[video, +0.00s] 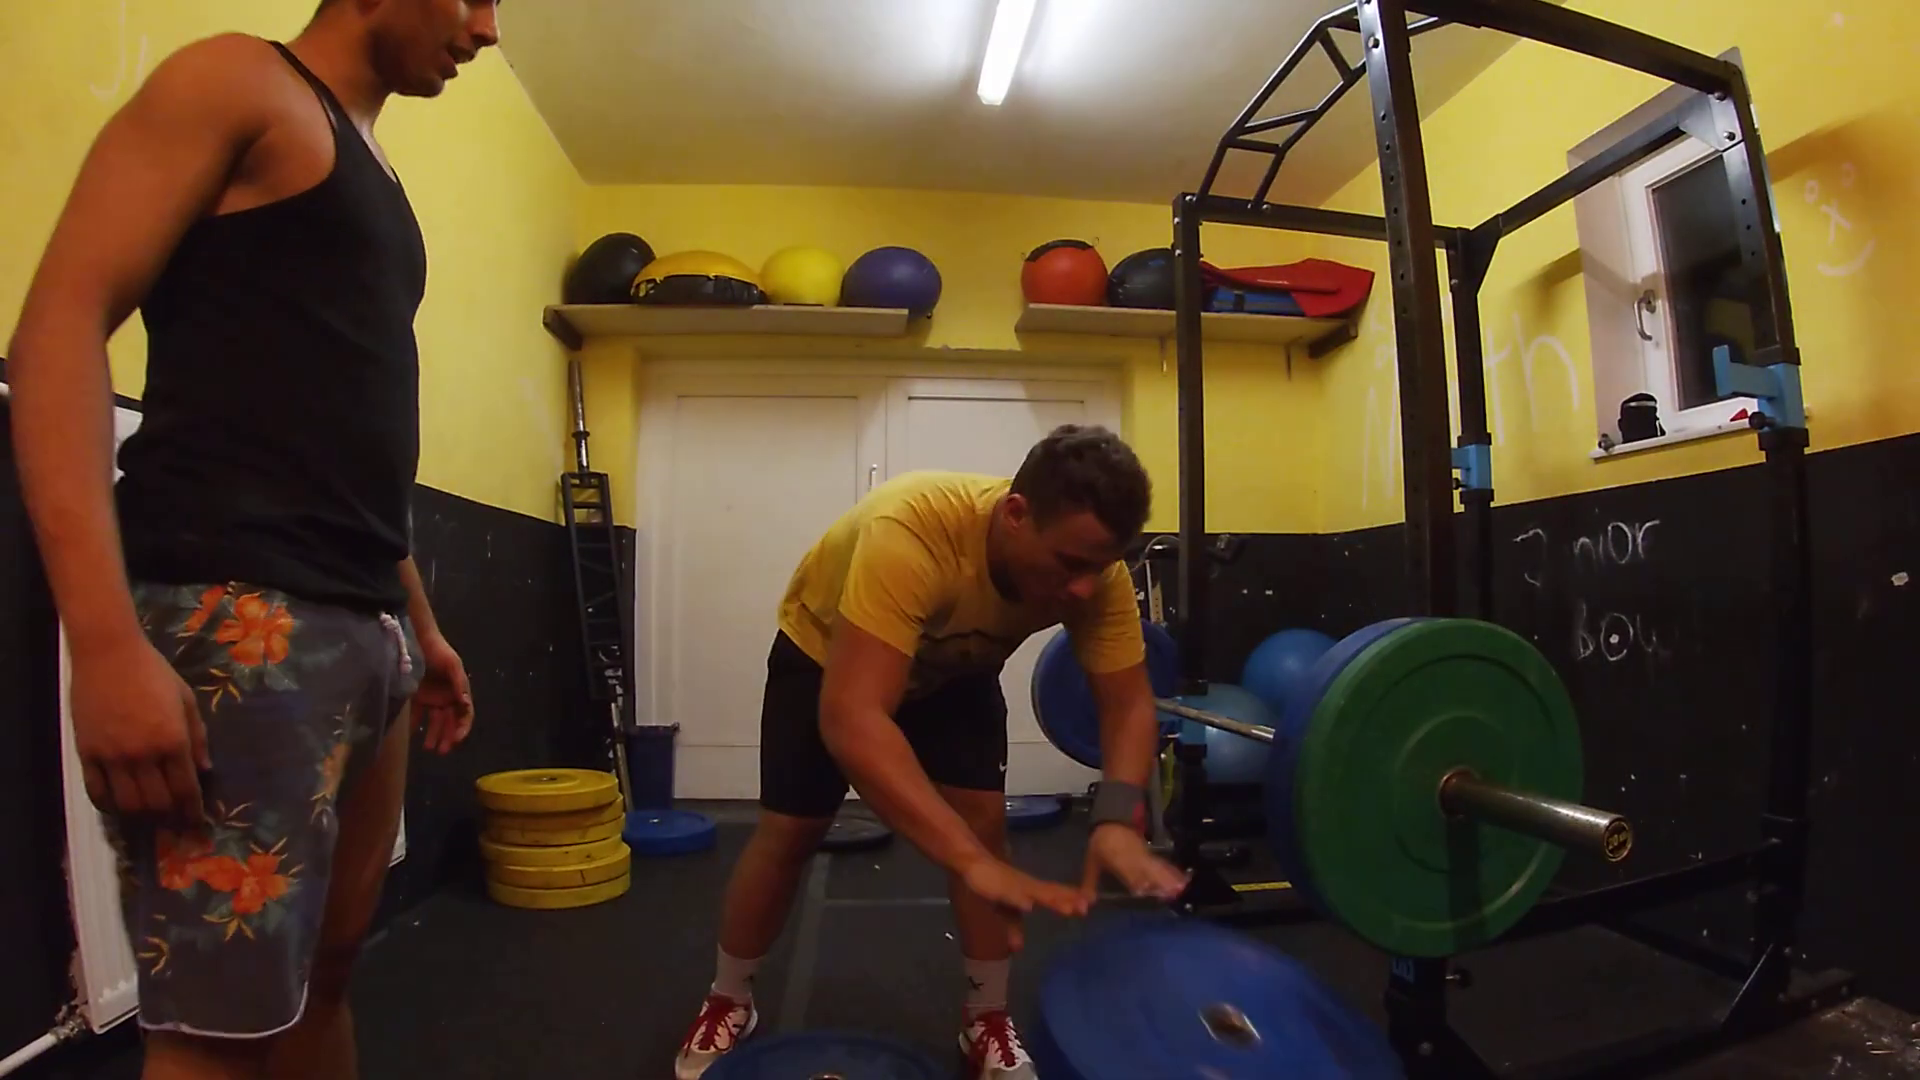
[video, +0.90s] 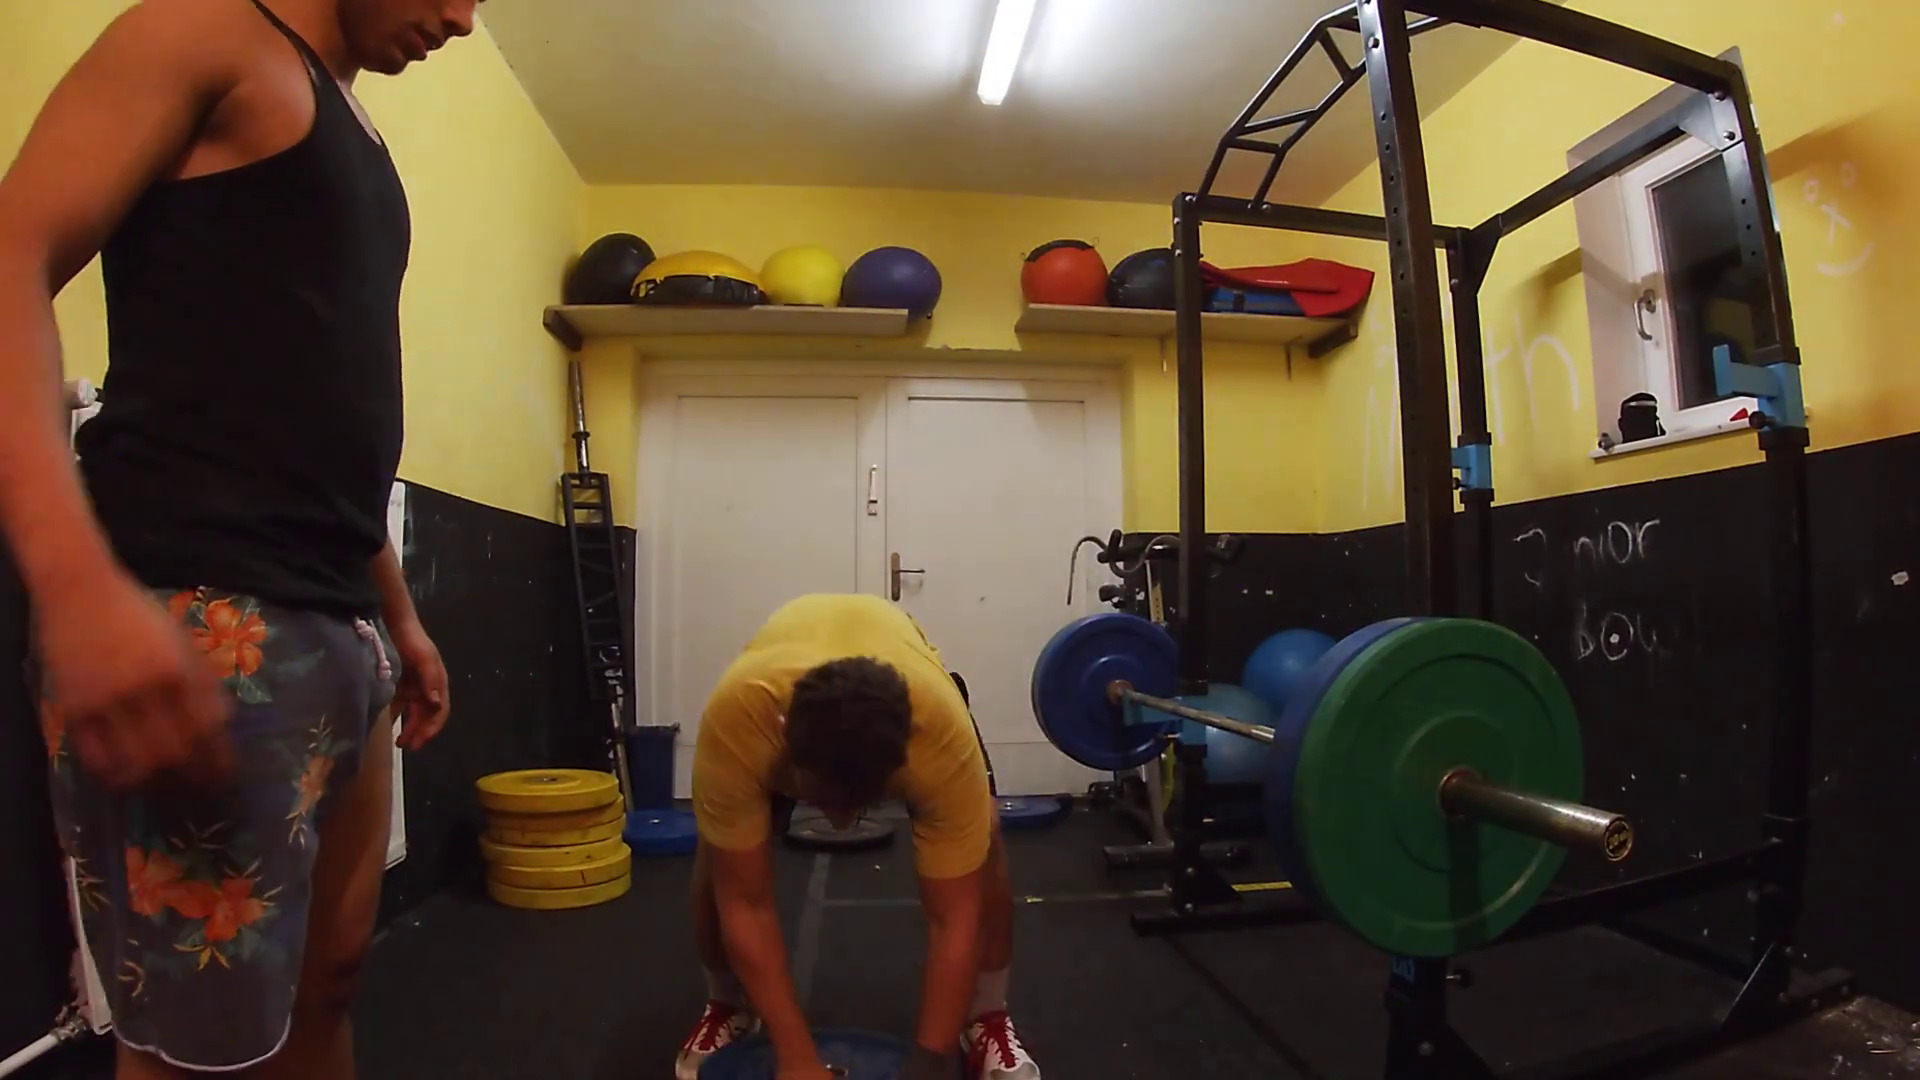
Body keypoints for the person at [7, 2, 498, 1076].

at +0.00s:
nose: (486, 30)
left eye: (490, 12)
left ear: (384, 2)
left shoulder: (363, 165)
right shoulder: (232, 80)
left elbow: (344, 423)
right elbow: (55, 333)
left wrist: (414, 616)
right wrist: (104, 643)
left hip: (361, 634)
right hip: (236, 631)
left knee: (319, 993)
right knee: (214, 1035)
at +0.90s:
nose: (463, 18)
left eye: (472, 4)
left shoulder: (353, 129)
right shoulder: (200, 33)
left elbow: (330, 397)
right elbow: (11, 262)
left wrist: (394, 610)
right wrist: (79, 590)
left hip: (339, 633)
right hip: (196, 629)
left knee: (323, 997)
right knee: (184, 1045)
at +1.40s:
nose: (450, 67)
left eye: (472, 46)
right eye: (453, 27)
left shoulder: (341, 141)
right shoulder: (194, 94)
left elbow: (355, 406)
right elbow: (242, 24)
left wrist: (430, 610)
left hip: (359, 622)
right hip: (220, 620)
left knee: (323, 999)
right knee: (210, 1035)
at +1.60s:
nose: (441, 69)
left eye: (463, 49)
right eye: (445, 28)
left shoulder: (342, 151)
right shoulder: (198, 86)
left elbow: (347, 401)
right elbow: (229, 28)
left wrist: (420, 605)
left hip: (357, 619)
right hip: (223, 617)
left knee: (325, 996)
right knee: (215, 1034)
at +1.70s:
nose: (439, 69)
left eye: (462, 49)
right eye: (444, 27)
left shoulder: (340, 149)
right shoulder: (198, 81)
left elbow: (338, 402)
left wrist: (412, 603)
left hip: (352, 619)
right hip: (224, 618)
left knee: (324, 996)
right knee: (215, 1036)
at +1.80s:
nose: (435, 69)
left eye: (458, 49)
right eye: (442, 27)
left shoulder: (337, 146)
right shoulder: (193, 78)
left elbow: (334, 398)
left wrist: (403, 599)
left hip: (350, 617)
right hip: (221, 616)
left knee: (321, 999)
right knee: (212, 1036)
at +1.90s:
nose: (432, 66)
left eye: (454, 46)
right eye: (436, 26)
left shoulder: (338, 146)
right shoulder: (193, 68)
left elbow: (334, 398)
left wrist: (399, 599)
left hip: (345, 617)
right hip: (218, 617)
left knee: (320, 999)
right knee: (211, 1038)